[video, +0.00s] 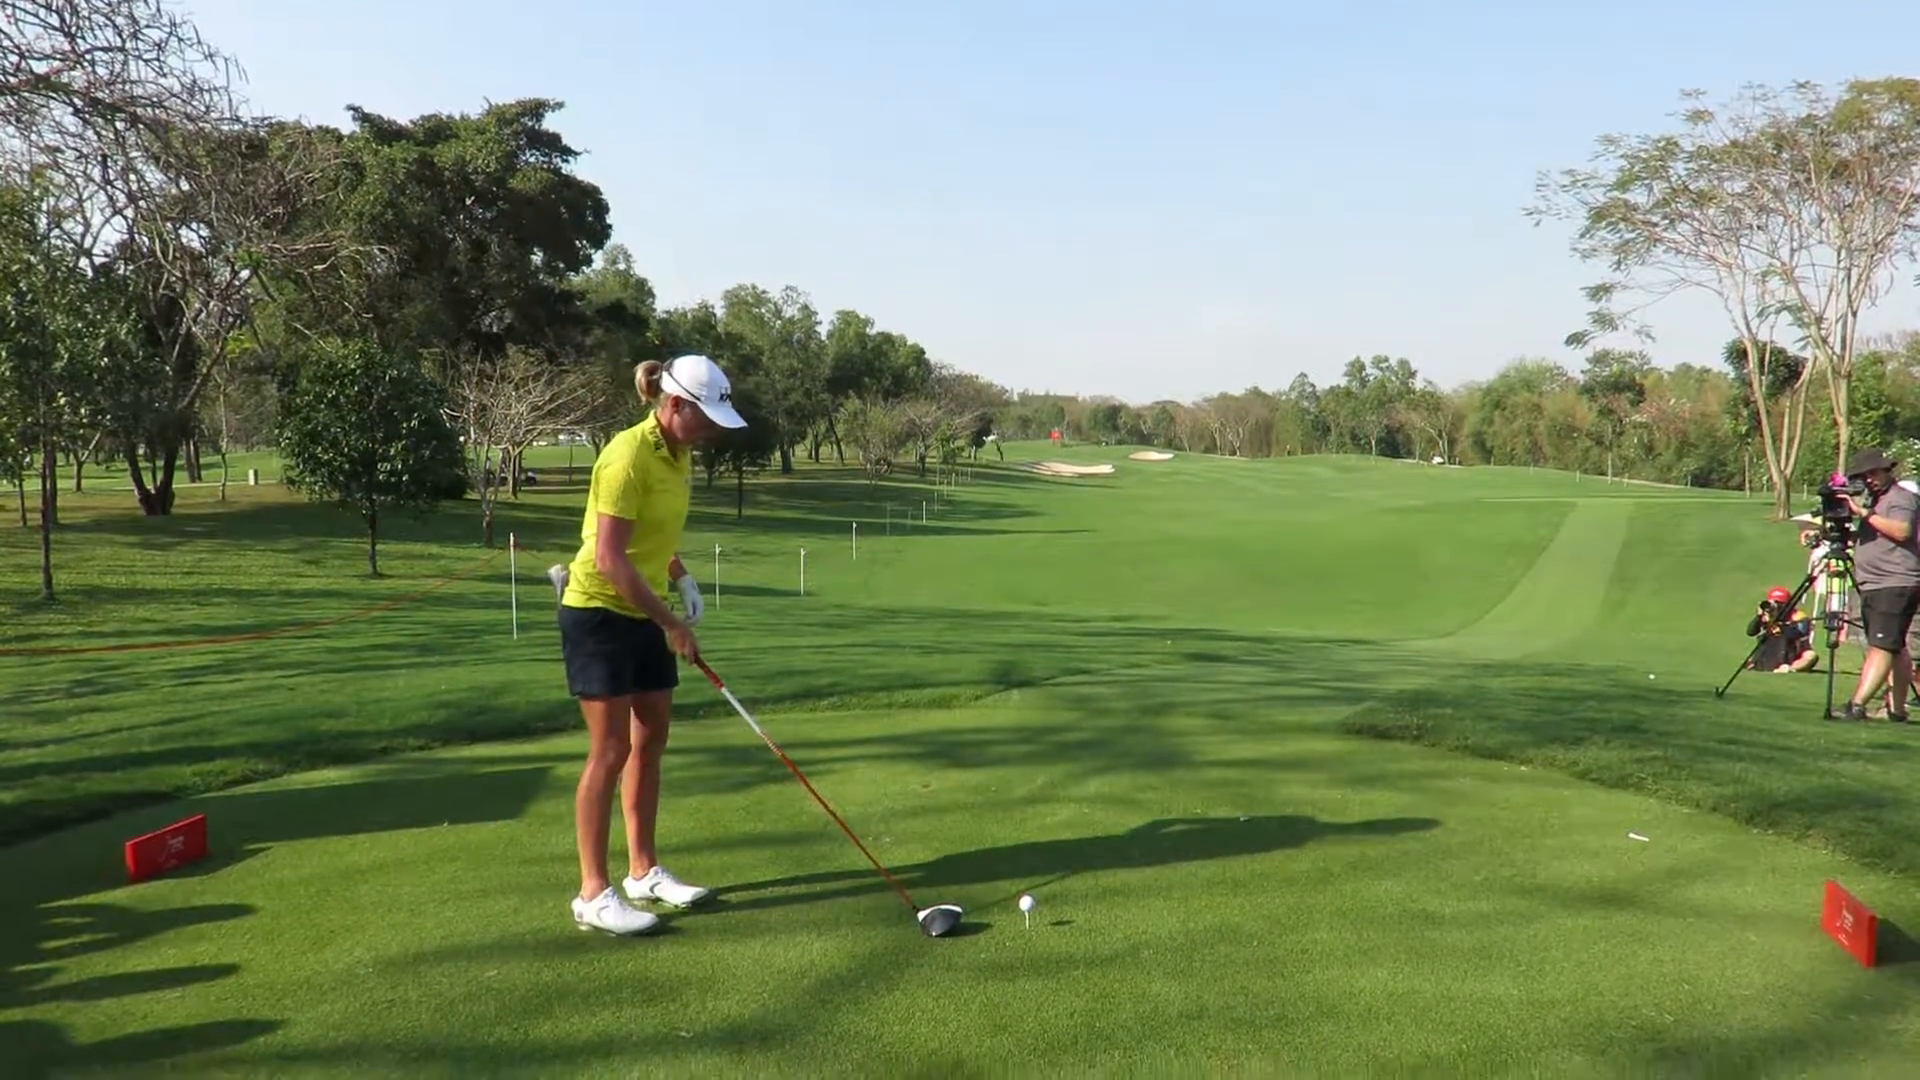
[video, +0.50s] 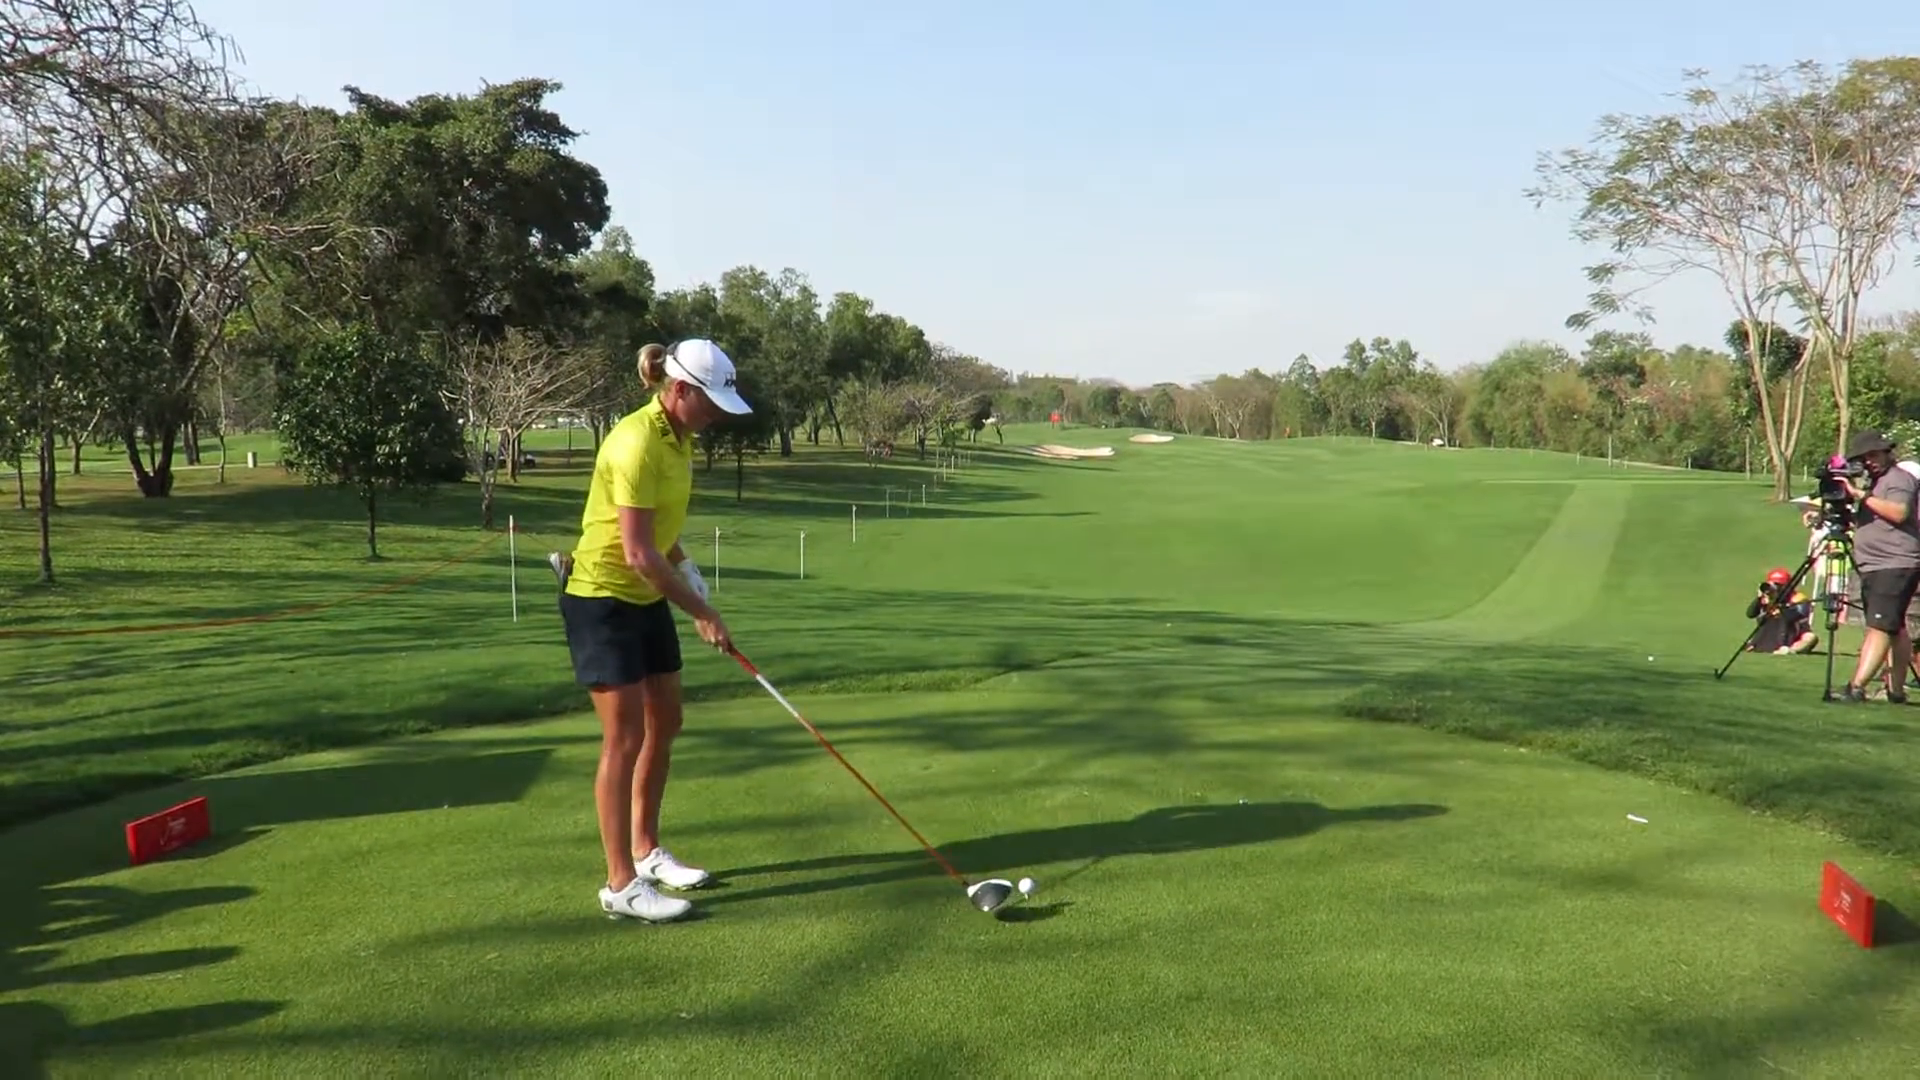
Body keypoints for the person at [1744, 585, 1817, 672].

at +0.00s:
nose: (1774, 609)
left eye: (1778, 605)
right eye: (1772, 605)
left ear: (1786, 605)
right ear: (1769, 604)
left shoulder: (1798, 618)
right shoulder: (1769, 616)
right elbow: (1750, 632)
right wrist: (1759, 617)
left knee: (1811, 655)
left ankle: (1792, 668)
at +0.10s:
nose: (1773, 603)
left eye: (1777, 599)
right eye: (1771, 599)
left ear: (1785, 599)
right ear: (1769, 598)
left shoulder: (1799, 611)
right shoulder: (1769, 610)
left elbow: (1800, 626)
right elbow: (1751, 626)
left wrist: (1782, 623)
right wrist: (1759, 611)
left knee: (1812, 648)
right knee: (1749, 655)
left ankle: (1791, 661)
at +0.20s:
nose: (1771, 597)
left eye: (1776, 594)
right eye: (1769, 593)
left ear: (1784, 594)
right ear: (1768, 593)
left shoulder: (1799, 606)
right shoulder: (1768, 605)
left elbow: (1800, 620)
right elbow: (1750, 621)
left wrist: (1782, 619)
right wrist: (1758, 606)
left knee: (1811, 643)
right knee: (1749, 651)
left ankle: (1790, 656)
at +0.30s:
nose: (1772, 595)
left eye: (1776, 592)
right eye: (1770, 592)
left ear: (1785, 592)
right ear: (1767, 591)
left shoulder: (1798, 604)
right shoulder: (1768, 603)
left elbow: (1800, 618)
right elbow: (1749, 619)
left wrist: (1781, 616)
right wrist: (1758, 604)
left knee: (1810, 641)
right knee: (1748, 649)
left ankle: (1790, 654)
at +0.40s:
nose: (1772, 592)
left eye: (1776, 588)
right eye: (1770, 588)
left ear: (1785, 589)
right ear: (1768, 588)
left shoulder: (1798, 601)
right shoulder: (1768, 601)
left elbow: (1799, 615)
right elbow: (1750, 616)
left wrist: (1781, 613)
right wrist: (1759, 601)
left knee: (1811, 639)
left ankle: (1790, 652)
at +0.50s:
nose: (1774, 590)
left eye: (1777, 586)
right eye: (1771, 586)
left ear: (1786, 586)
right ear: (1768, 586)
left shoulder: (1799, 599)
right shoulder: (1768, 598)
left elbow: (1799, 614)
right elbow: (1750, 614)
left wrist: (1781, 611)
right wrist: (1759, 599)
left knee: (1811, 637)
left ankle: (1790, 650)